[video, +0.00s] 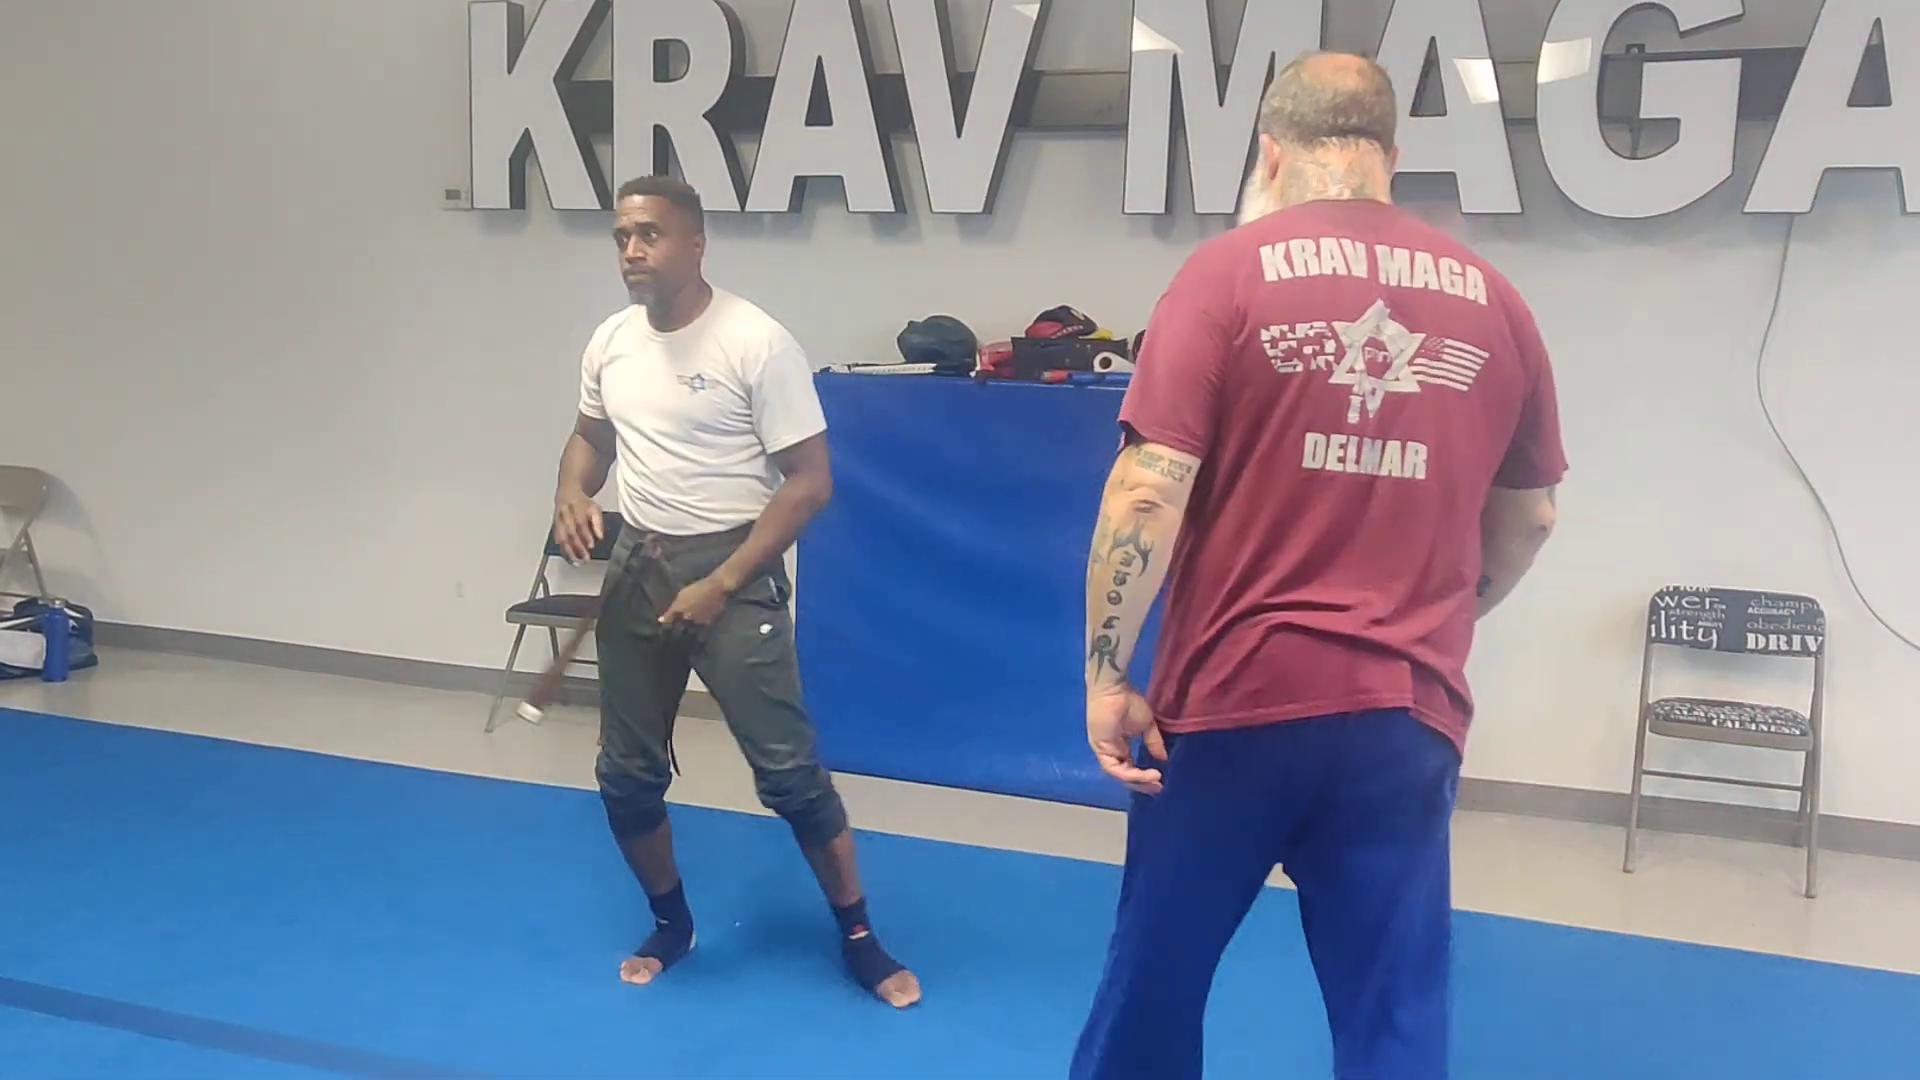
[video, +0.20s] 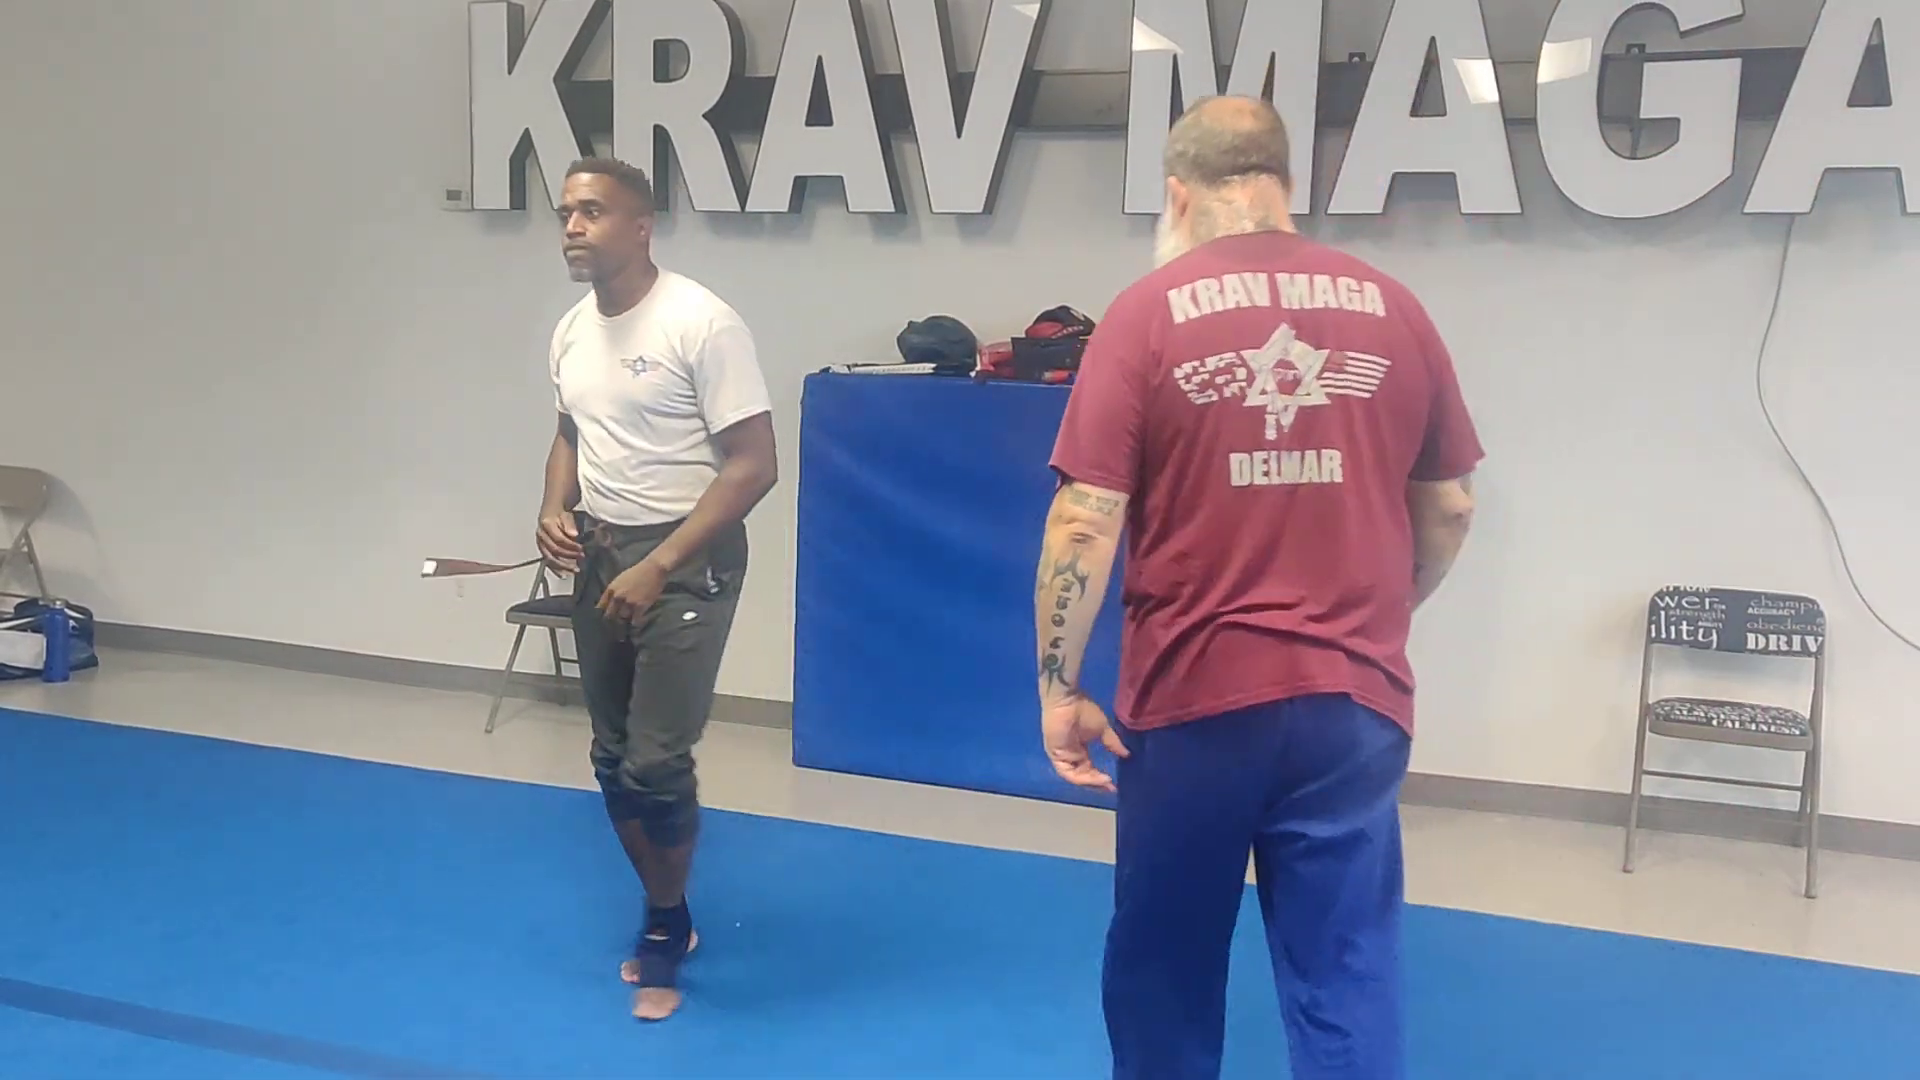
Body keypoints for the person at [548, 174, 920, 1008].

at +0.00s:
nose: (630, 251)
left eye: (648, 235)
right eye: (621, 237)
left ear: (695, 243)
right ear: (616, 250)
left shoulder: (758, 343)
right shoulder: (613, 340)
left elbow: (811, 481)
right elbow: (589, 438)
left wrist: (724, 580)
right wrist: (571, 490)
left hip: (736, 574)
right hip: (637, 570)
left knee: (793, 779)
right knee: (626, 778)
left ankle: (859, 937)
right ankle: (671, 922)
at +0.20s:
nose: (572, 227)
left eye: (591, 212)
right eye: (565, 213)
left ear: (644, 225)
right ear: (564, 230)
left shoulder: (704, 323)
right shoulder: (572, 329)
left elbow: (755, 464)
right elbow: (570, 433)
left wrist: (657, 568)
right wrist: (555, 504)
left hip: (685, 564)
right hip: (601, 558)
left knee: (656, 764)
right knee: (615, 759)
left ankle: (666, 928)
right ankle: (665, 912)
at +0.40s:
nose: (521, 226)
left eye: (540, 210)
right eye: (517, 212)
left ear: (595, 223)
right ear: (518, 229)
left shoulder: (655, 326)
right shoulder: (535, 331)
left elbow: (700, 474)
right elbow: (547, 446)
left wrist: (600, 578)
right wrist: (520, 519)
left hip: (634, 569)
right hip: (560, 562)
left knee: (557, 771)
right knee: (611, 756)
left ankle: (500, 968)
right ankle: (671, 918)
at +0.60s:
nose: (484, 206)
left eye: (505, 193)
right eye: (484, 192)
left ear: (560, 212)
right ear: (495, 211)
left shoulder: (602, 322)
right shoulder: (502, 313)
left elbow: (634, 480)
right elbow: (506, 448)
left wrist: (529, 589)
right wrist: (453, 512)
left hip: (569, 565)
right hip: (500, 558)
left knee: (507, 775)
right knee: (535, 752)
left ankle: (488, 978)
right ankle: (643, 889)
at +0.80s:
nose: (453, 196)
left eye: (475, 182)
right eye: (447, 181)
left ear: (528, 199)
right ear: (445, 199)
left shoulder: (565, 309)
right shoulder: (457, 302)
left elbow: (600, 467)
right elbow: (456, 445)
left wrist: (471, 543)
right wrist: (412, 508)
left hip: (527, 569)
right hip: (447, 559)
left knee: (508, 784)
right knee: (411, 771)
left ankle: (494, 975)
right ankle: (470, 933)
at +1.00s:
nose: (423, 195)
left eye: (444, 180)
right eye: (412, 181)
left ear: (489, 194)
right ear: (401, 198)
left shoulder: (547, 310)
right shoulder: (392, 311)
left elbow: (617, 458)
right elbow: (389, 432)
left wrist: (494, 540)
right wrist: (361, 513)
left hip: (506, 579)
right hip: (396, 570)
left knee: (505, 795)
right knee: (361, 790)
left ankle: (492, 977)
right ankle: (318, 1017)